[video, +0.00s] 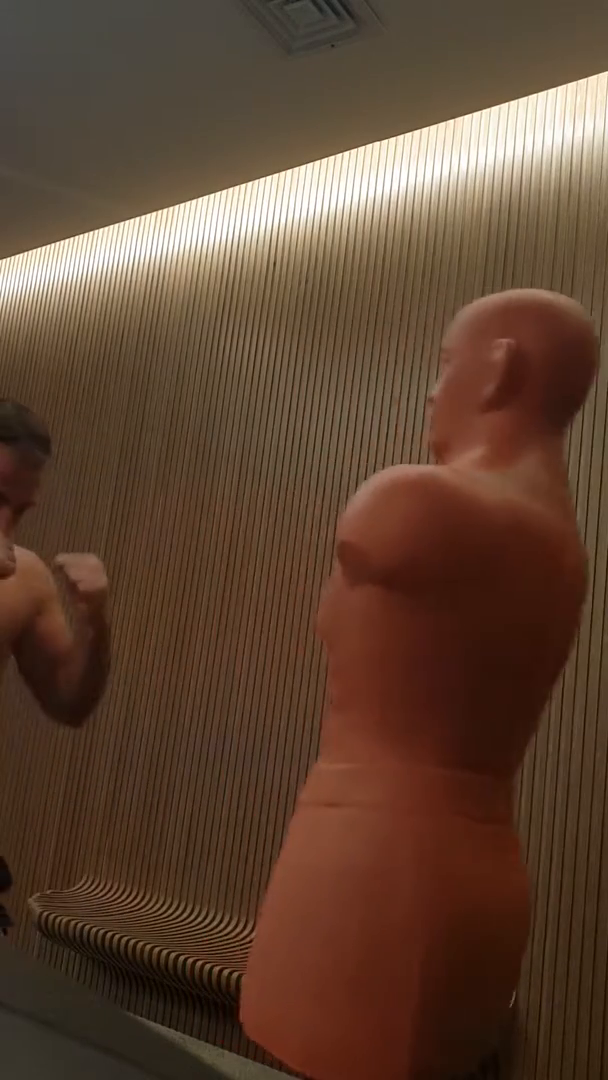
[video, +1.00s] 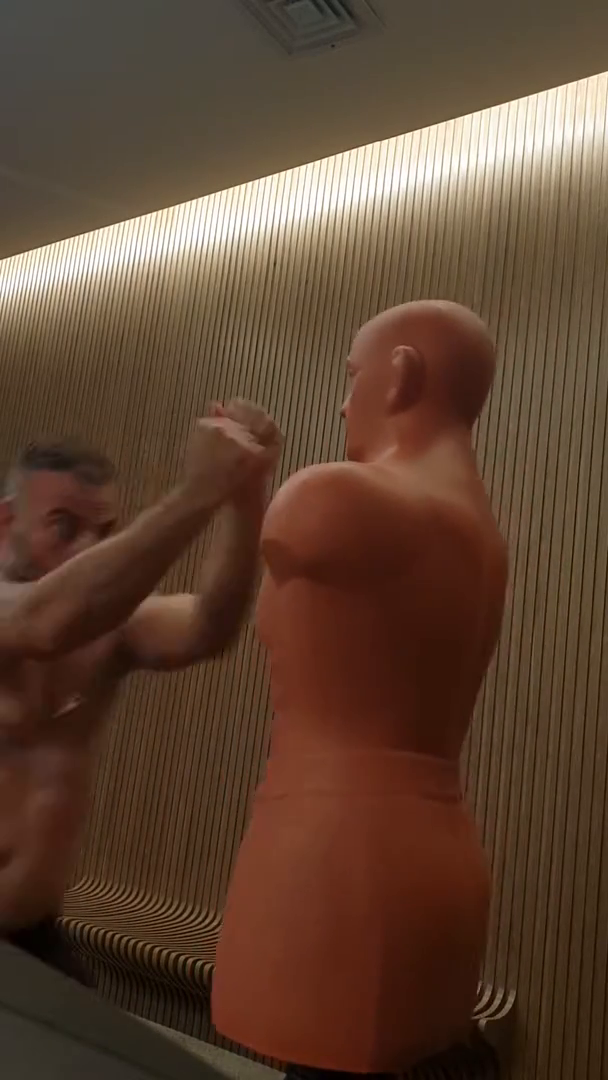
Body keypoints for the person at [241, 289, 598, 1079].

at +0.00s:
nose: (435, 391)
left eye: (447, 365)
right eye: (440, 366)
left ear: (498, 374)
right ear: (559, 400)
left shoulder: (414, 505)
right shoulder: (559, 548)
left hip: (368, 881)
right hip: (477, 871)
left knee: (313, 1063)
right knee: (435, 1065)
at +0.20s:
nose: (379, 402)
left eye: (389, 376)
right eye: (381, 378)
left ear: (442, 377)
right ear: (505, 404)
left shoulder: (363, 503)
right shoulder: (515, 544)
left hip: (340, 870)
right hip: (450, 861)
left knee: (293, 1062)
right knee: (413, 1063)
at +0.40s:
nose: (323, 407)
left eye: (331, 379)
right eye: (325, 382)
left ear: (378, 379)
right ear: (446, 401)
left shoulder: (309, 500)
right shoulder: (463, 535)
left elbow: (252, 630)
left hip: (313, 863)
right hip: (426, 851)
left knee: (279, 1063)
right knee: (394, 1061)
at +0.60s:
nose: (385, 398)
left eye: (398, 371)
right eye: (390, 373)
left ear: (450, 374)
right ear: (513, 400)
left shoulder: (370, 502)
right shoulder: (518, 540)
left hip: (347, 872)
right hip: (455, 863)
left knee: (302, 1062)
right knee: (419, 1063)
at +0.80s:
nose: (385, 396)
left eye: (397, 370)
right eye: (390, 372)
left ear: (449, 375)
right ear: (511, 402)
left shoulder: (368, 503)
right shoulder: (519, 544)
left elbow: (321, 527)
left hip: (345, 874)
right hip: (454, 862)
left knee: (302, 1064)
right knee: (411, 1065)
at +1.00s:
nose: (345, 401)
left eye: (354, 376)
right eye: (347, 378)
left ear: (404, 376)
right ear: (467, 398)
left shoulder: (332, 501)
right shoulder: (479, 528)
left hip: (332, 859)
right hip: (434, 846)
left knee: (293, 1063)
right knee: (404, 1063)